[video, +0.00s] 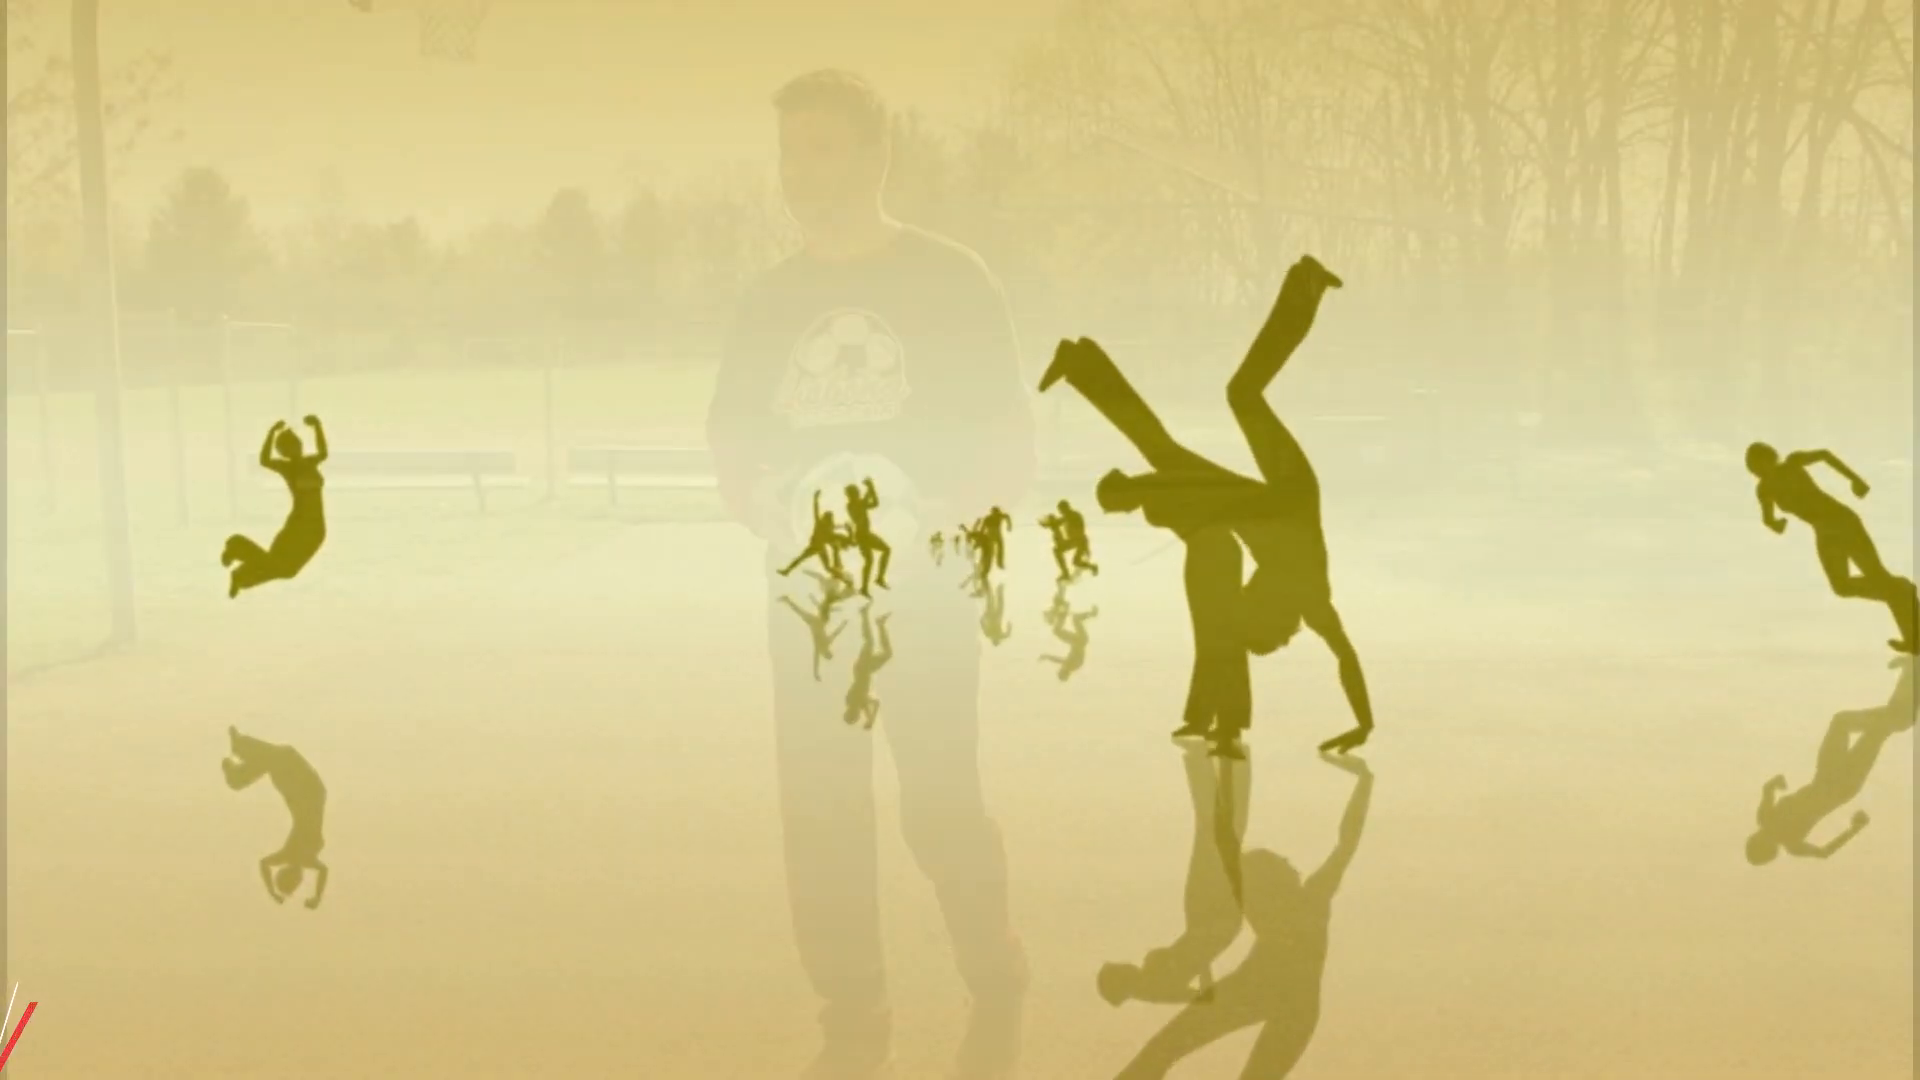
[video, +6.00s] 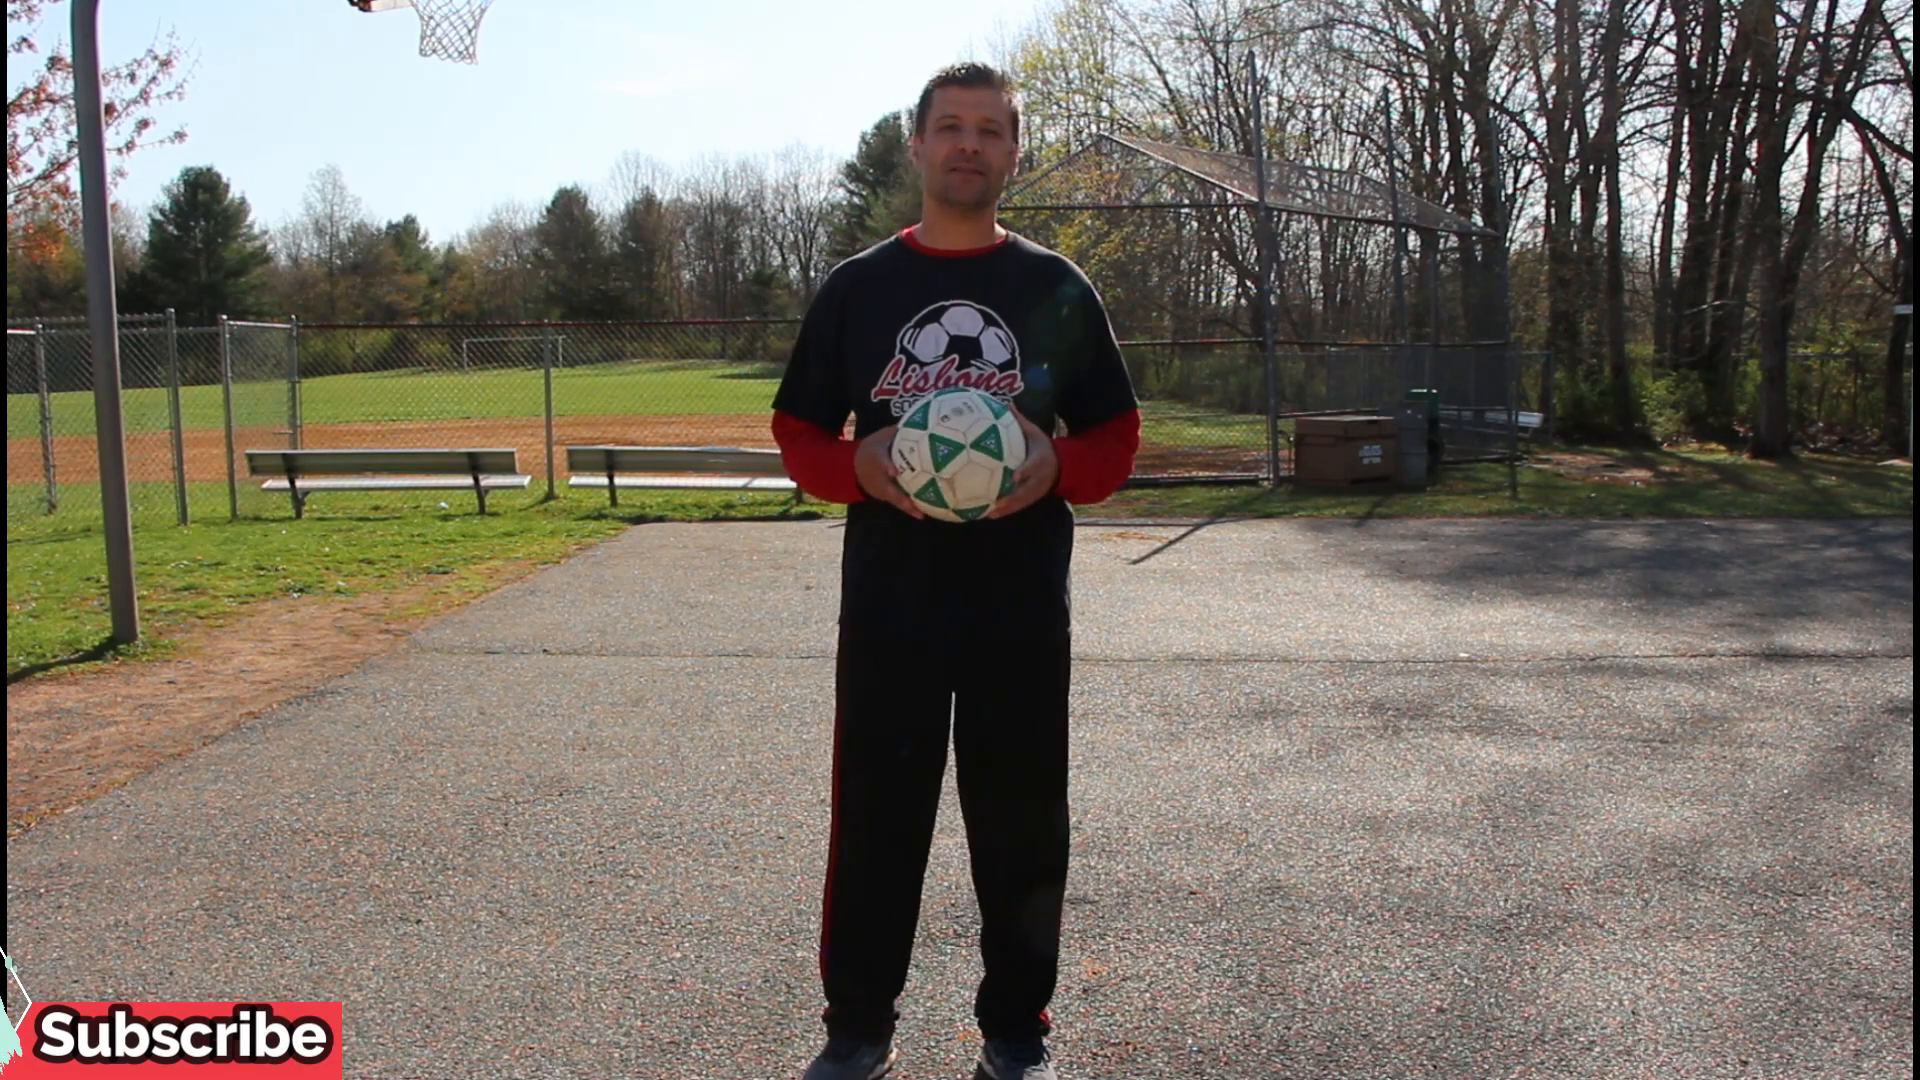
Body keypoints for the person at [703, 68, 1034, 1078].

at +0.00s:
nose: (809, 175)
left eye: (829, 150)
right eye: (795, 154)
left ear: (874, 153)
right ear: (780, 164)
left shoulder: (948, 276)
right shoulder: (771, 297)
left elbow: (1003, 420)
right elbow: (731, 432)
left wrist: (969, 520)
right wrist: (776, 513)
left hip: (930, 564)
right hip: (806, 573)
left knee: (942, 807)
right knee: (822, 809)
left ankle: (995, 993)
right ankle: (850, 1018)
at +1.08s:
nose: (931, 128)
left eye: (953, 114)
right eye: (913, 111)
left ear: (979, 145)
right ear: (879, 135)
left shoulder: (1019, 274)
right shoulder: (816, 281)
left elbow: (1068, 433)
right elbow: (756, 427)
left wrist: (1078, 403)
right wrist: (770, 443)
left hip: (989, 572)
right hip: (863, 573)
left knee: (1003, 813)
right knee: (855, 812)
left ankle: (1013, 1033)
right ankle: (853, 1031)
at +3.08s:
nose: (974, 140)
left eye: (997, 127)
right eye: (956, 123)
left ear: (1024, 154)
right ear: (928, 147)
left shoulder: (1072, 287)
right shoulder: (869, 289)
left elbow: (1129, 434)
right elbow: (815, 422)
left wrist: (1068, 470)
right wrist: (860, 472)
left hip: (1034, 593)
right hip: (905, 591)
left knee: (1034, 820)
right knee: (884, 815)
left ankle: (1019, 1032)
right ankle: (857, 1028)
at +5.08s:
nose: (894, 141)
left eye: (917, 128)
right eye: (876, 124)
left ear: (945, 154)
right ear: (849, 145)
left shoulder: (994, 283)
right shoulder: (787, 288)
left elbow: (1047, 426)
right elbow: (734, 428)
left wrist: (998, 463)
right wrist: (789, 474)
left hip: (957, 591)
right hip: (830, 595)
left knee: (983, 815)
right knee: (838, 819)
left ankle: (1014, 1028)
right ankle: (853, 1026)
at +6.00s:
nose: (972, 146)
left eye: (993, 131)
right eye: (952, 129)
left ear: (1016, 153)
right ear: (917, 146)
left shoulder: (1057, 288)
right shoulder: (853, 288)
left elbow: (1118, 428)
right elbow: (795, 426)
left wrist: (1058, 464)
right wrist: (852, 467)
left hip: (1019, 592)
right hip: (889, 590)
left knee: (1023, 814)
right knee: (876, 808)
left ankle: (1018, 1032)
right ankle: (857, 1025)